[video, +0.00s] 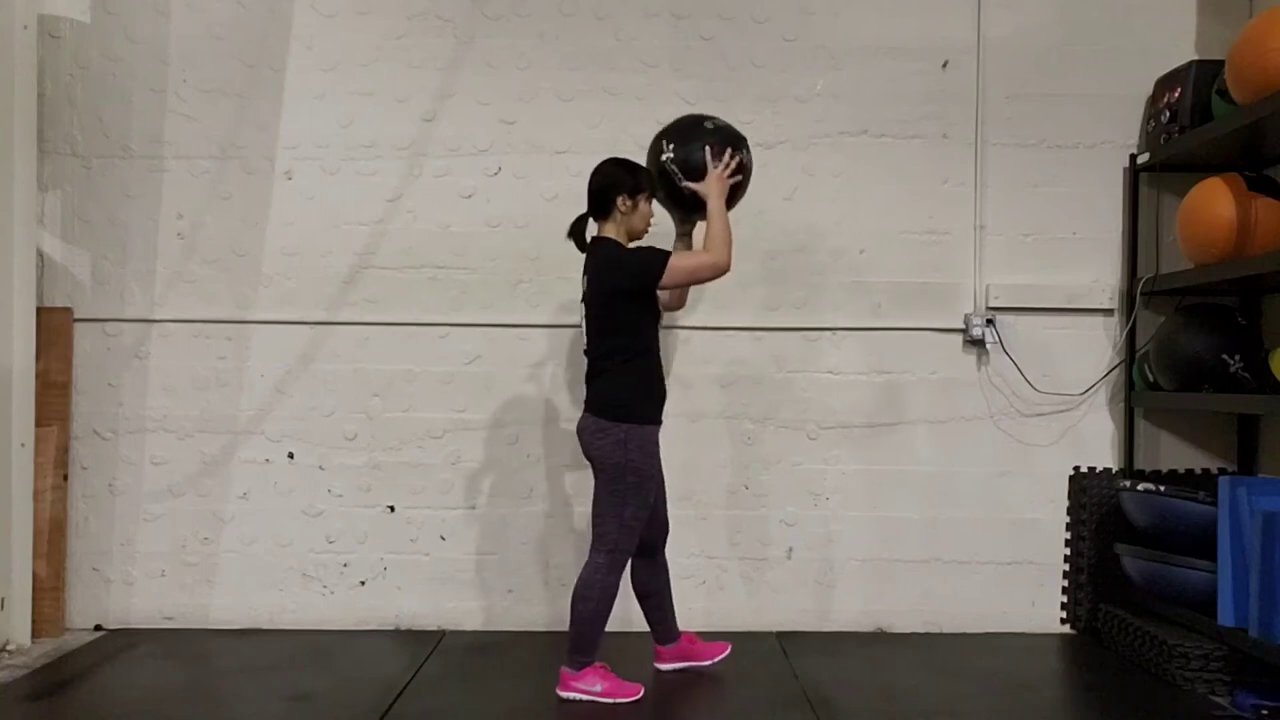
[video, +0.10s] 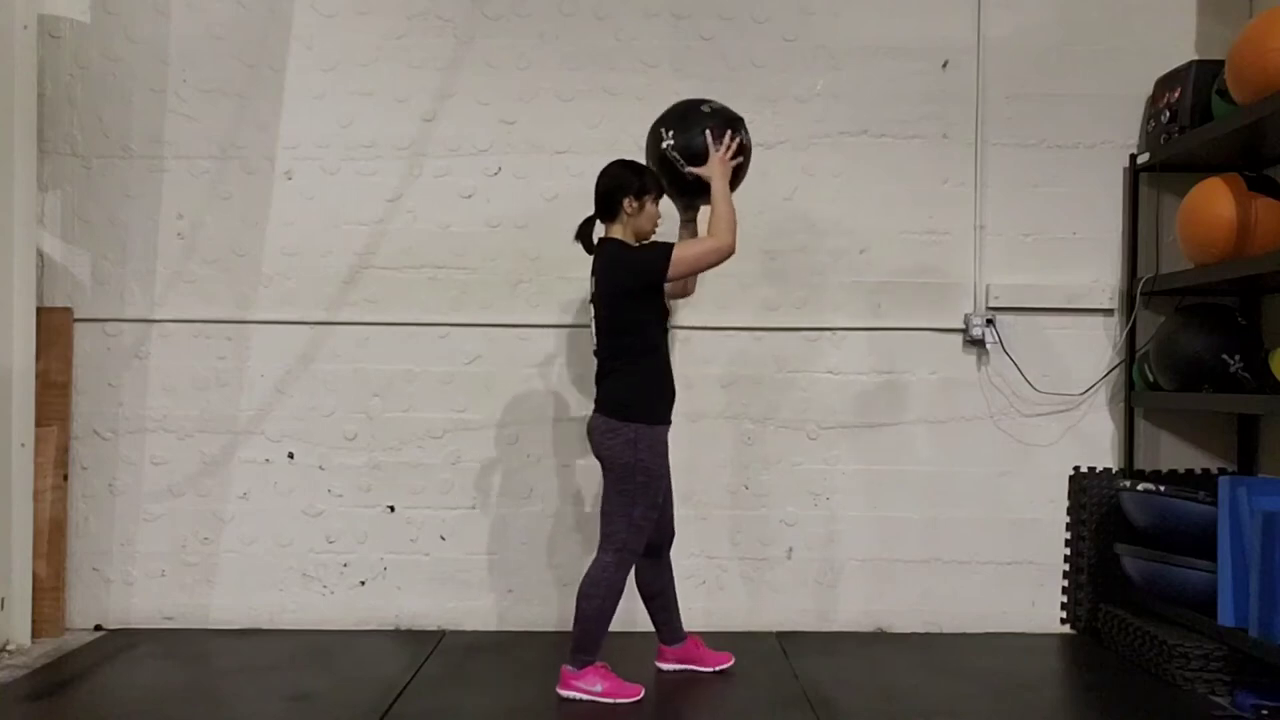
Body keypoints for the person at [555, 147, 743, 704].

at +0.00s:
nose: (650, 212)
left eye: (649, 204)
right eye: (646, 203)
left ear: (609, 207)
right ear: (625, 204)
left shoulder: (612, 261)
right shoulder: (616, 261)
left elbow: (672, 300)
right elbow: (716, 260)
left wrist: (686, 228)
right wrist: (716, 199)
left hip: (631, 427)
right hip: (619, 430)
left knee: (651, 538)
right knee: (612, 547)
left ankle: (669, 644)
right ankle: (579, 667)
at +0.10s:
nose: (659, 211)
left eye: (658, 203)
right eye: (655, 202)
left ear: (620, 207)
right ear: (632, 206)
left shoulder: (629, 257)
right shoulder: (620, 259)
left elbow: (680, 287)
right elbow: (721, 243)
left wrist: (698, 210)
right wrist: (719, 183)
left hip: (640, 426)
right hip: (626, 428)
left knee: (655, 539)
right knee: (621, 545)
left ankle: (674, 645)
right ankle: (580, 666)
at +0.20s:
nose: (668, 212)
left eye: (667, 203)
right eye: (663, 201)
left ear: (629, 207)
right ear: (641, 204)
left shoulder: (634, 257)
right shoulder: (633, 258)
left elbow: (688, 274)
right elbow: (726, 230)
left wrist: (697, 195)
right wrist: (719, 169)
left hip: (652, 423)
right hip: (639, 426)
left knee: (663, 534)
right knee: (631, 542)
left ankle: (675, 644)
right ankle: (583, 662)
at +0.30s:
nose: (676, 210)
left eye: (675, 201)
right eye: (670, 200)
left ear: (636, 206)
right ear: (646, 204)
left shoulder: (641, 256)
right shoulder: (644, 255)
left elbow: (696, 260)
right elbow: (729, 218)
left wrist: (712, 174)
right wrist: (718, 159)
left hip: (660, 422)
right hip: (650, 425)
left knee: (671, 530)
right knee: (643, 542)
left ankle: (676, 644)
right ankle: (586, 658)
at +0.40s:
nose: (685, 209)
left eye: (683, 200)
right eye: (680, 200)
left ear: (642, 208)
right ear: (657, 205)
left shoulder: (651, 256)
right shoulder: (651, 253)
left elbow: (705, 253)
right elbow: (725, 204)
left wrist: (713, 168)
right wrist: (713, 145)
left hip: (665, 420)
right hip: (657, 422)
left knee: (671, 532)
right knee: (649, 540)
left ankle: (676, 644)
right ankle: (589, 655)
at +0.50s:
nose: (696, 210)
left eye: (693, 202)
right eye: (690, 200)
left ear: (654, 207)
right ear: (669, 203)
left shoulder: (665, 256)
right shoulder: (653, 250)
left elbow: (718, 245)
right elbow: (714, 191)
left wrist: (711, 174)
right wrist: (700, 131)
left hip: (674, 420)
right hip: (656, 420)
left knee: (671, 535)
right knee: (641, 539)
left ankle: (676, 644)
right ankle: (587, 655)